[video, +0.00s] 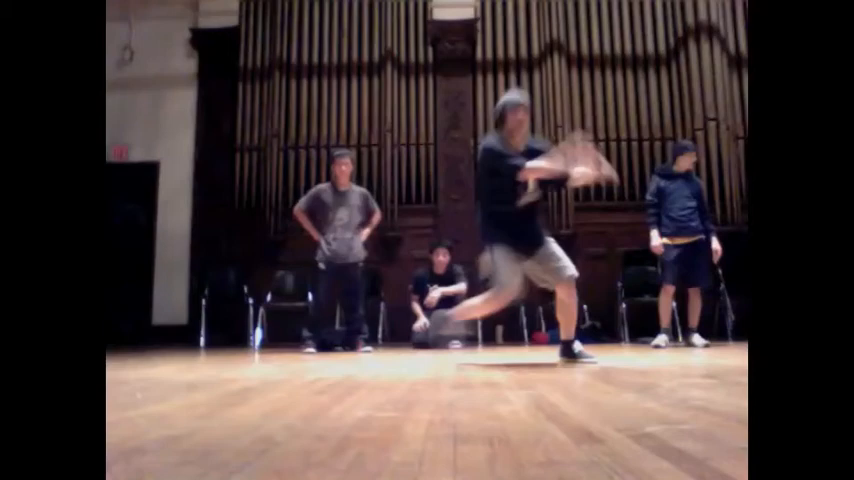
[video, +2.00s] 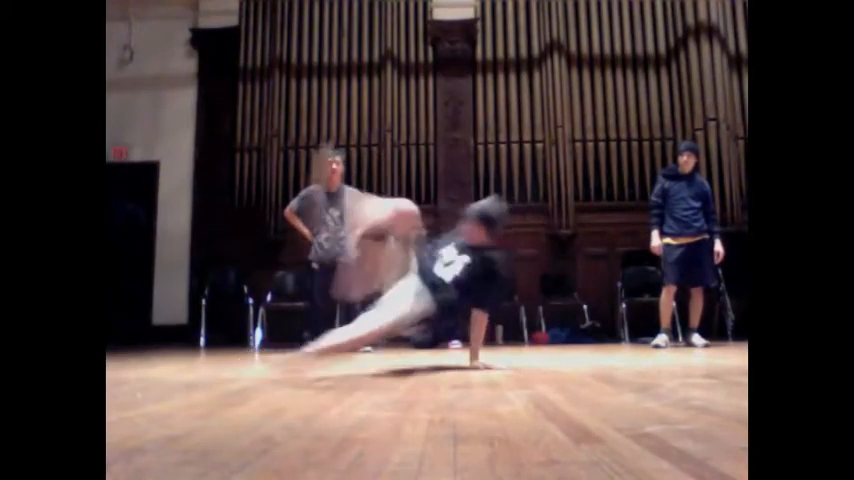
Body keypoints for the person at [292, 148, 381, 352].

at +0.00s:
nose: (342, 169)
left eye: (346, 165)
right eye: (339, 165)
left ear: (352, 169)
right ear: (332, 168)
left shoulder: (361, 194)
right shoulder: (321, 191)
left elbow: (377, 213)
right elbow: (298, 210)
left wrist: (365, 233)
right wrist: (316, 236)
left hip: (353, 250)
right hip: (328, 250)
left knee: (354, 301)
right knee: (323, 301)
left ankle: (355, 339)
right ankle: (319, 340)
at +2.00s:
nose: (333, 171)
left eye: (337, 167)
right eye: (330, 166)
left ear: (342, 171)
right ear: (324, 170)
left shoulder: (351, 194)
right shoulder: (313, 192)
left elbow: (367, 216)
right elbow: (289, 212)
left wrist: (354, 237)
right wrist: (309, 235)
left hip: (346, 256)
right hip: (321, 255)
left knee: (349, 300)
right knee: (320, 300)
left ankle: (348, 338)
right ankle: (318, 337)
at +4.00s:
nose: (337, 169)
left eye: (341, 165)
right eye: (334, 165)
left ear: (347, 169)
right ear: (327, 168)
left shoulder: (351, 195)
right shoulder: (316, 191)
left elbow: (373, 220)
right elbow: (291, 211)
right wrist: (312, 238)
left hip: (345, 251)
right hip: (324, 250)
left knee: (339, 293)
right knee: (318, 294)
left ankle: (338, 337)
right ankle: (313, 337)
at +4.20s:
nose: (337, 167)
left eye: (341, 163)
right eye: (334, 163)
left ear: (346, 167)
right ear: (326, 167)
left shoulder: (354, 194)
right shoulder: (314, 192)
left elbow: (373, 214)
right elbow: (290, 211)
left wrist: (360, 234)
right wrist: (307, 233)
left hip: (350, 259)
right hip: (318, 257)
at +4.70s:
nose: (337, 167)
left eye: (340, 164)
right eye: (334, 163)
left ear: (345, 167)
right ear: (326, 167)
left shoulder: (354, 194)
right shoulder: (314, 192)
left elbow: (373, 214)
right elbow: (291, 212)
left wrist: (360, 233)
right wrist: (310, 236)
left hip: (349, 248)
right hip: (320, 248)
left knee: (359, 294)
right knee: (316, 294)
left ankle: (353, 340)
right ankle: (313, 340)